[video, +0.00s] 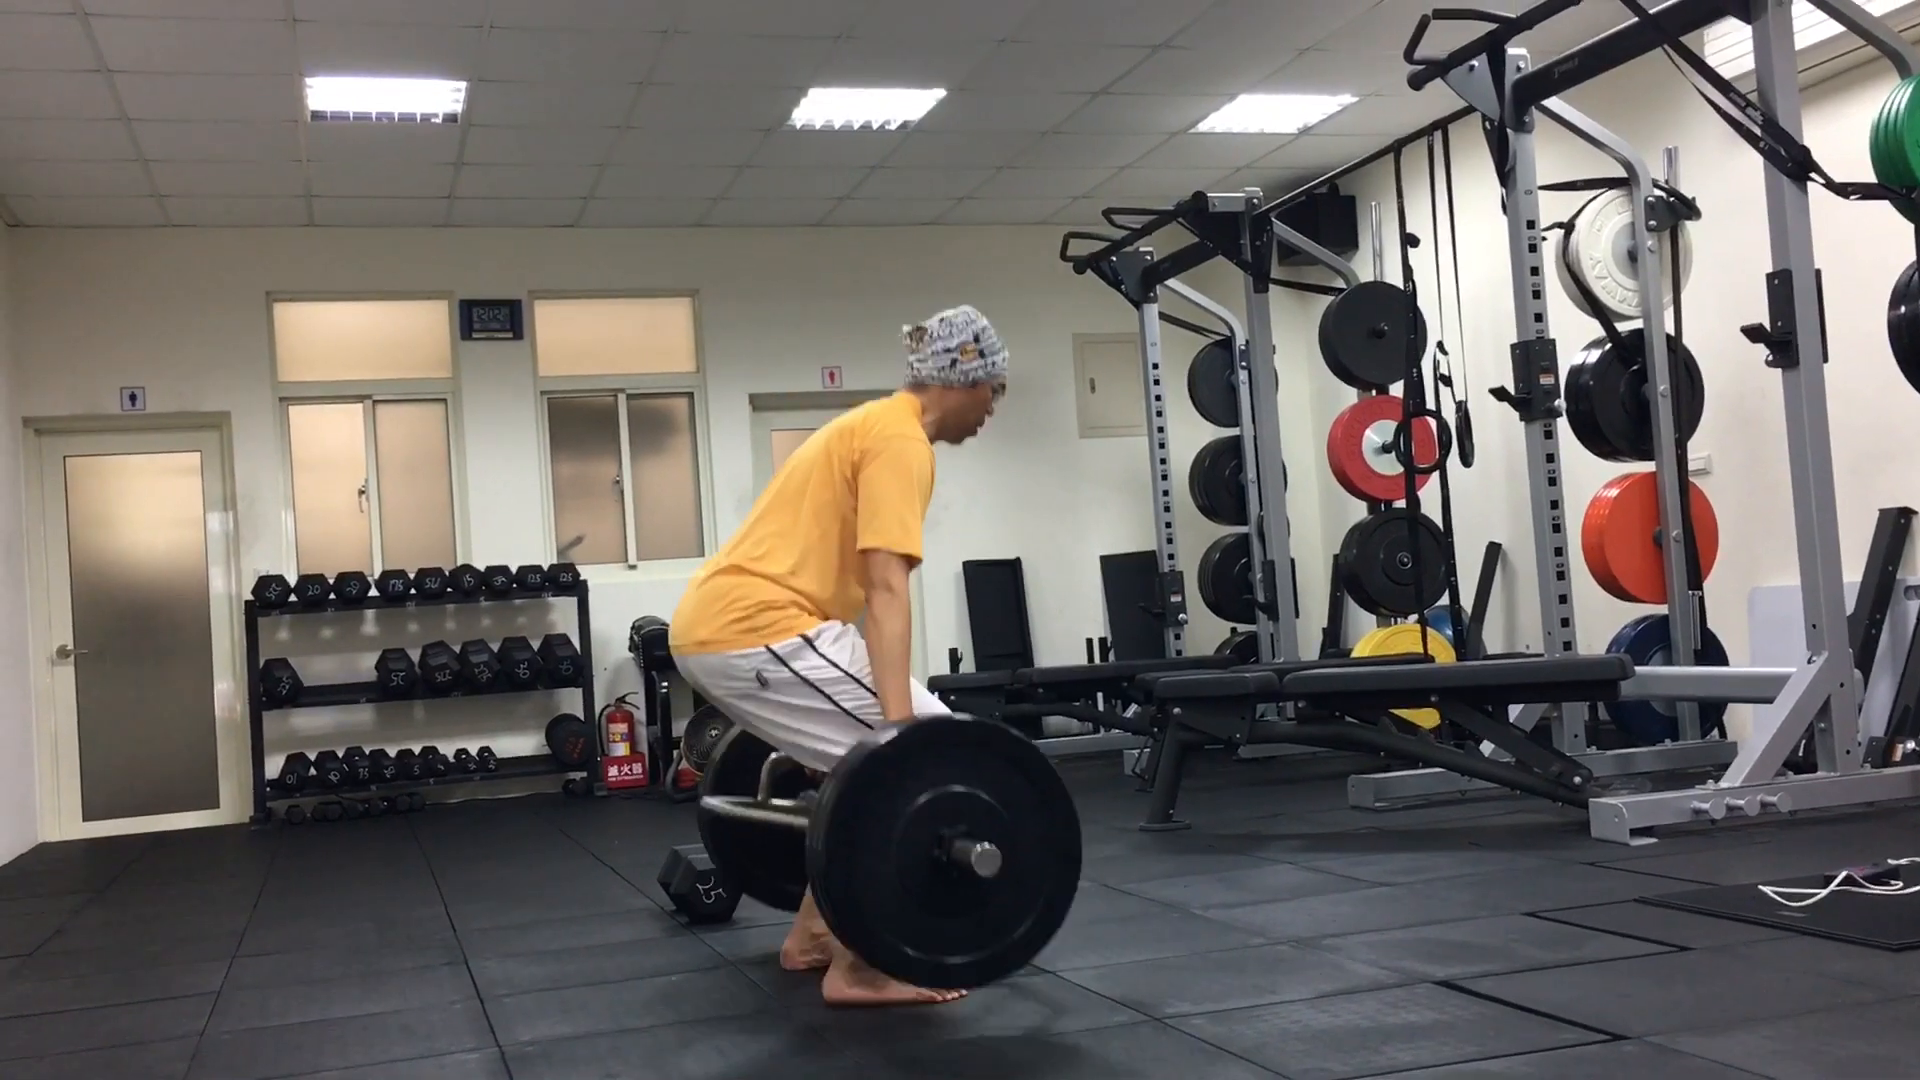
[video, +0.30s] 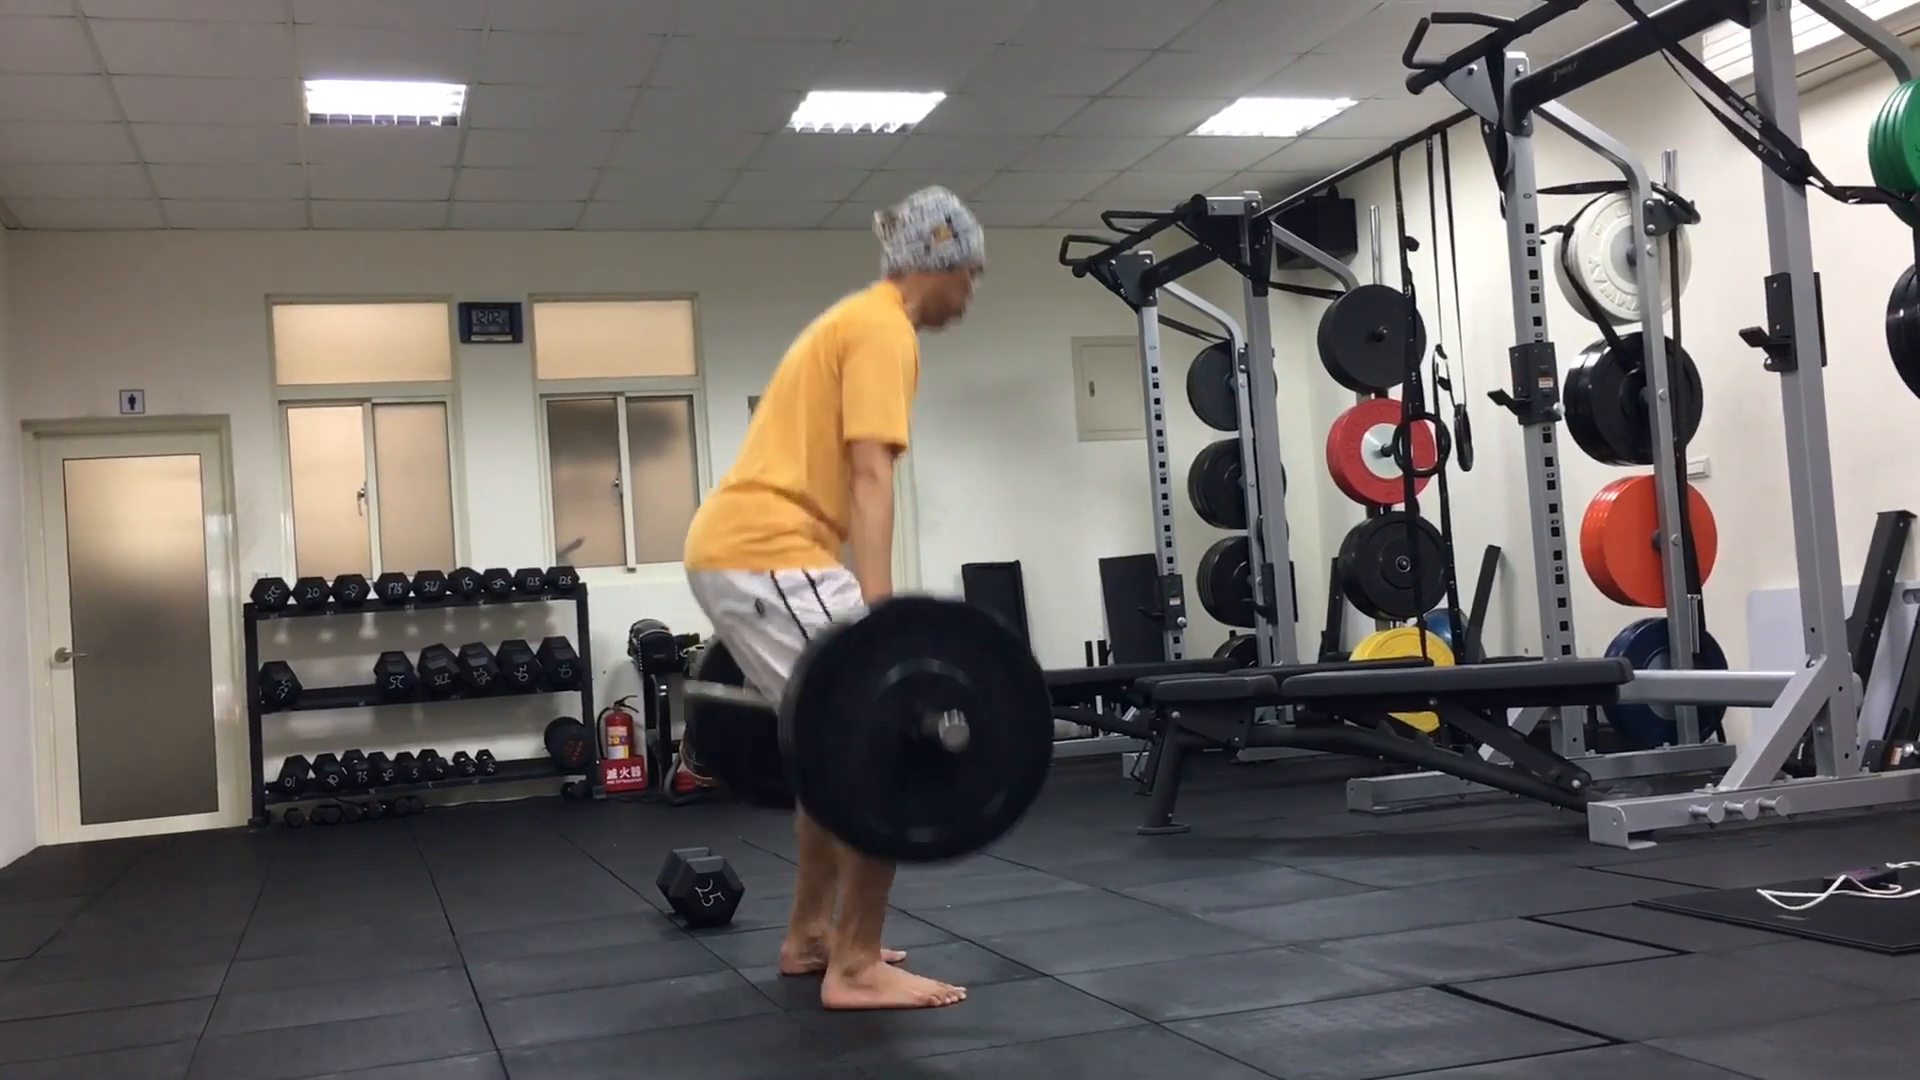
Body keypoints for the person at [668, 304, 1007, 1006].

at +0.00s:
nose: (991, 412)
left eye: (995, 396)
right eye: (991, 393)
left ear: (931, 379)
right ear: (958, 382)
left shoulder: (868, 427)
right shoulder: (898, 437)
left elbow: (860, 584)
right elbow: (885, 588)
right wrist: (898, 726)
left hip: (715, 623)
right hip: (754, 625)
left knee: (882, 744)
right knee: (918, 742)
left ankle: (813, 931)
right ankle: (862, 964)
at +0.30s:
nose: (970, 297)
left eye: (974, 279)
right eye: (970, 276)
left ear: (911, 258)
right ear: (940, 263)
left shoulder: (850, 321)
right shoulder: (880, 327)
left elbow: (839, 483)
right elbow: (869, 476)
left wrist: (863, 622)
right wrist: (881, 625)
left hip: (736, 548)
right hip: (772, 550)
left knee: (837, 729)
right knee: (880, 728)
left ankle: (812, 933)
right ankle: (857, 964)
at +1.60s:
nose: (980, 423)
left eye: (985, 408)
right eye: (980, 405)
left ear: (921, 390)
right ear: (946, 393)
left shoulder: (858, 438)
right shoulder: (887, 448)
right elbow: (883, 604)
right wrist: (904, 741)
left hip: (708, 640)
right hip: (749, 640)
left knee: (880, 755)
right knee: (936, 753)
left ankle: (807, 933)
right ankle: (852, 963)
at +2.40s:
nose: (981, 325)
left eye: (984, 306)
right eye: (981, 305)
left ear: (921, 291)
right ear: (950, 294)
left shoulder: (858, 349)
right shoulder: (890, 354)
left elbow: (843, 510)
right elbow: (885, 504)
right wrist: (901, 651)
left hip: (728, 563)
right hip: (767, 562)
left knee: (850, 727)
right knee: (896, 725)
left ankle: (809, 925)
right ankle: (856, 956)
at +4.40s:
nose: (984, 307)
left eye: (988, 291)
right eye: (985, 288)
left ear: (930, 269)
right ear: (957, 273)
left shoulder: (864, 326)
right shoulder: (896, 330)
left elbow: (848, 484)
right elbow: (889, 475)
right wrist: (907, 619)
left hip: (748, 550)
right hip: (793, 549)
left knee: (852, 728)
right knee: (898, 724)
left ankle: (816, 921)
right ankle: (863, 953)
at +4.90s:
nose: (927, 201)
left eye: (929, 186)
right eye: (925, 183)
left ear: (860, 171)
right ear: (893, 171)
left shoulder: (807, 248)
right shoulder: (849, 244)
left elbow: (804, 405)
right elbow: (863, 384)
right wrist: (896, 519)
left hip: (794, 521)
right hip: (842, 520)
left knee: (798, 731)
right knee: (843, 734)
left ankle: (809, 923)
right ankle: (857, 951)